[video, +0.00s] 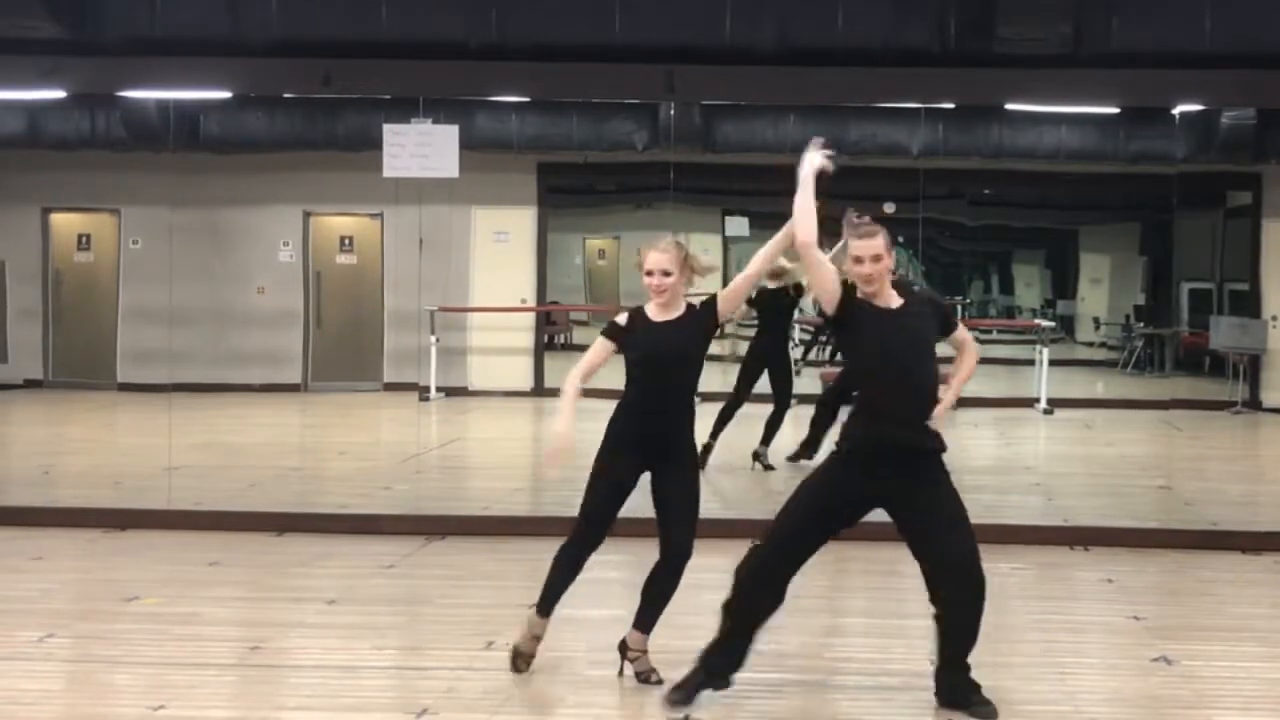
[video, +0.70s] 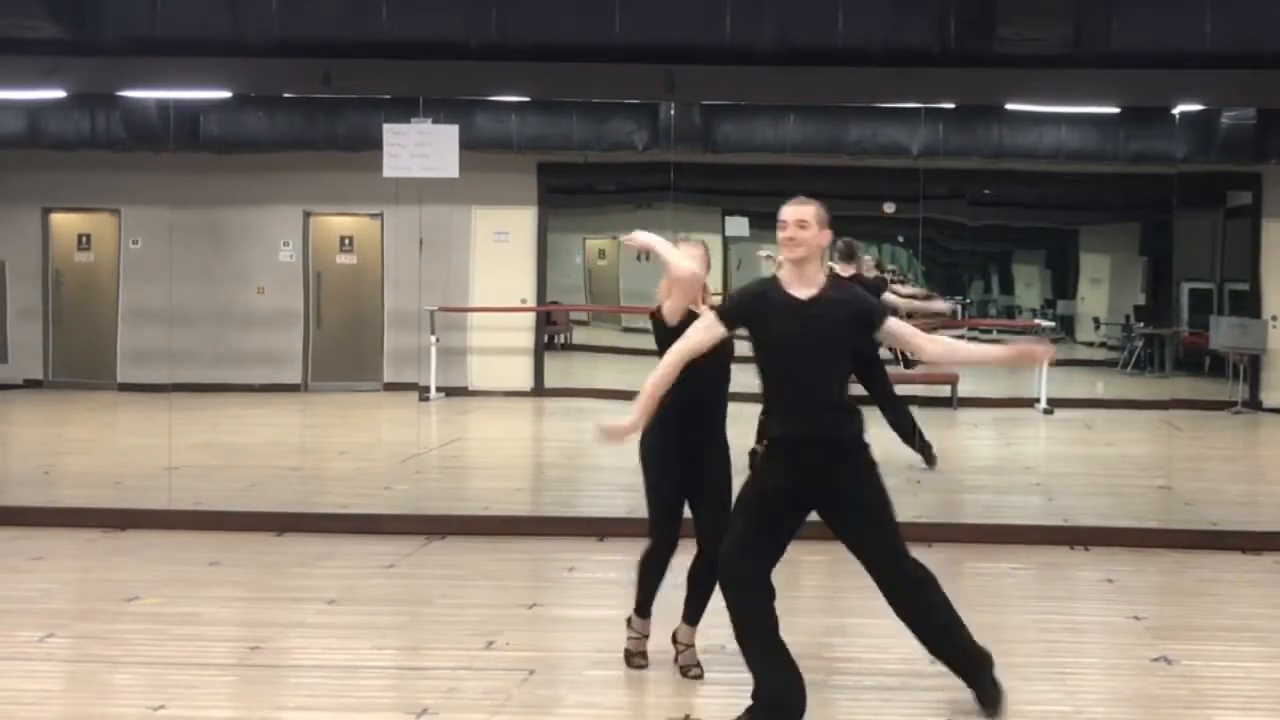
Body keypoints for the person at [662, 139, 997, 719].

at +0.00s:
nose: (868, 268)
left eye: (876, 257)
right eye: (859, 259)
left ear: (893, 258)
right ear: (846, 263)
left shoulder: (928, 308)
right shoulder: (844, 306)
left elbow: (968, 350)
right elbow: (804, 244)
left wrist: (949, 395)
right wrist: (807, 173)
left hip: (918, 465)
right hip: (856, 462)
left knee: (964, 578)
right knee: (769, 560)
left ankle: (954, 681)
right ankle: (716, 664)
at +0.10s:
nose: (879, 282)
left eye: (888, 272)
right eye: (870, 274)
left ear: (905, 271)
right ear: (858, 278)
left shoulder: (926, 320)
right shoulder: (865, 323)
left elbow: (934, 380)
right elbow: (829, 265)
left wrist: (935, 421)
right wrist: (792, 189)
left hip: (926, 480)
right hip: (866, 478)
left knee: (981, 584)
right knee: (780, 579)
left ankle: (961, 688)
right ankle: (684, 683)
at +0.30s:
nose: (885, 299)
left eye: (894, 290)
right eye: (875, 292)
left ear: (911, 293)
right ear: (864, 297)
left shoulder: (905, 347)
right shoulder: (880, 351)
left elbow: (841, 400)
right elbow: (906, 337)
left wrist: (796, 441)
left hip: (916, 498)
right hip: (864, 496)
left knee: (996, 588)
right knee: (774, 588)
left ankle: (962, 690)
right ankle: (670, 683)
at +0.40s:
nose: (867, 291)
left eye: (876, 280)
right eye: (858, 283)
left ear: (898, 283)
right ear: (850, 290)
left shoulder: (901, 335)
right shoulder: (862, 342)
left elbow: (838, 368)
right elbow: (899, 375)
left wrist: (812, 359)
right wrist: (969, 343)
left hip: (910, 492)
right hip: (854, 492)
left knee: (988, 589)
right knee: (771, 587)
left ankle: (962, 690)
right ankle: (668, 691)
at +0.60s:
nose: (819, 252)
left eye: (831, 244)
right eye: (814, 245)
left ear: (859, 256)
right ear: (810, 256)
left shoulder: (889, 313)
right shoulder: (802, 320)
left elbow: (932, 362)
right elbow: (743, 353)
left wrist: (965, 413)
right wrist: (696, 387)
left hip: (879, 471)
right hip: (814, 468)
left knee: (927, 577)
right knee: (744, 564)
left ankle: (962, 683)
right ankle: (737, 706)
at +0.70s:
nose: (790, 232)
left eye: (802, 224)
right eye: (784, 224)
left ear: (826, 237)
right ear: (775, 237)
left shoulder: (855, 302)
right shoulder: (752, 300)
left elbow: (929, 348)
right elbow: (681, 352)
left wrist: (1009, 354)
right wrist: (637, 416)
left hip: (843, 464)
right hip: (778, 466)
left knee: (894, 570)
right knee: (737, 568)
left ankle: (976, 669)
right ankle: (778, 699)